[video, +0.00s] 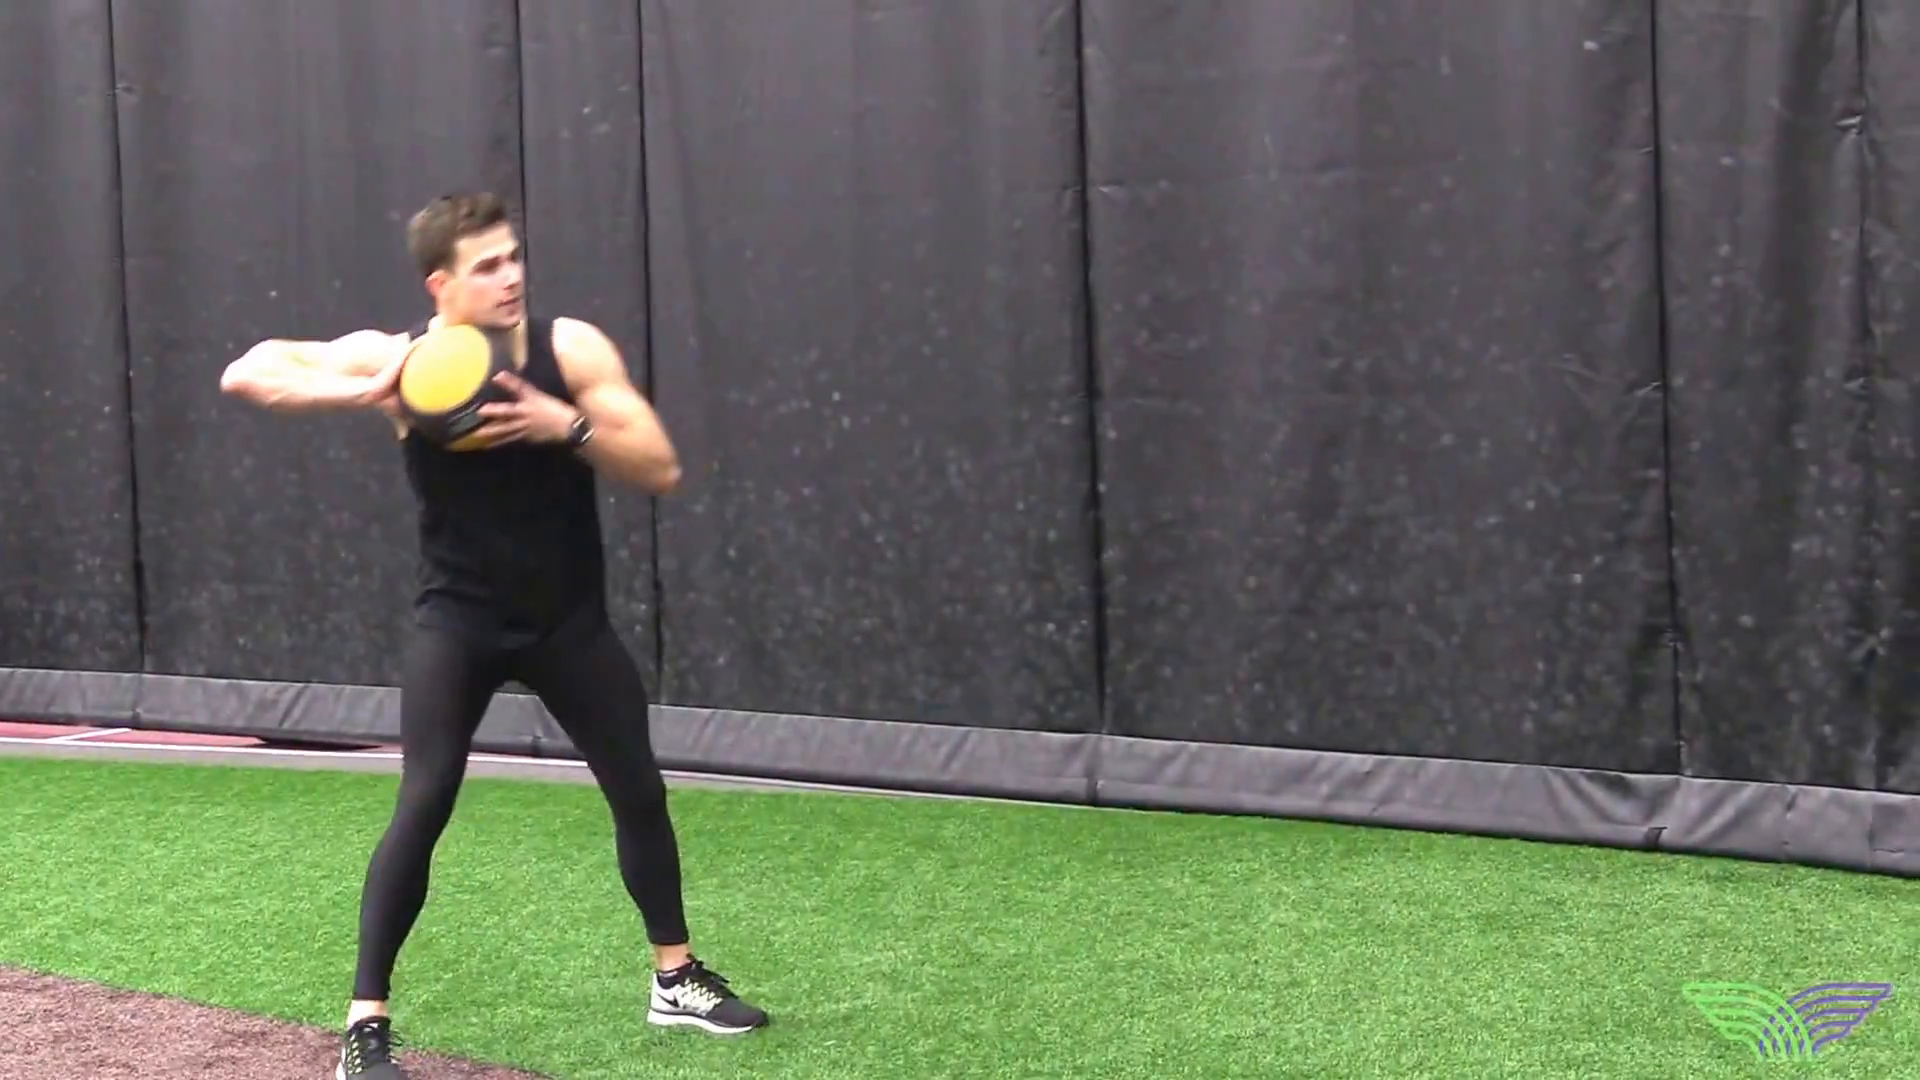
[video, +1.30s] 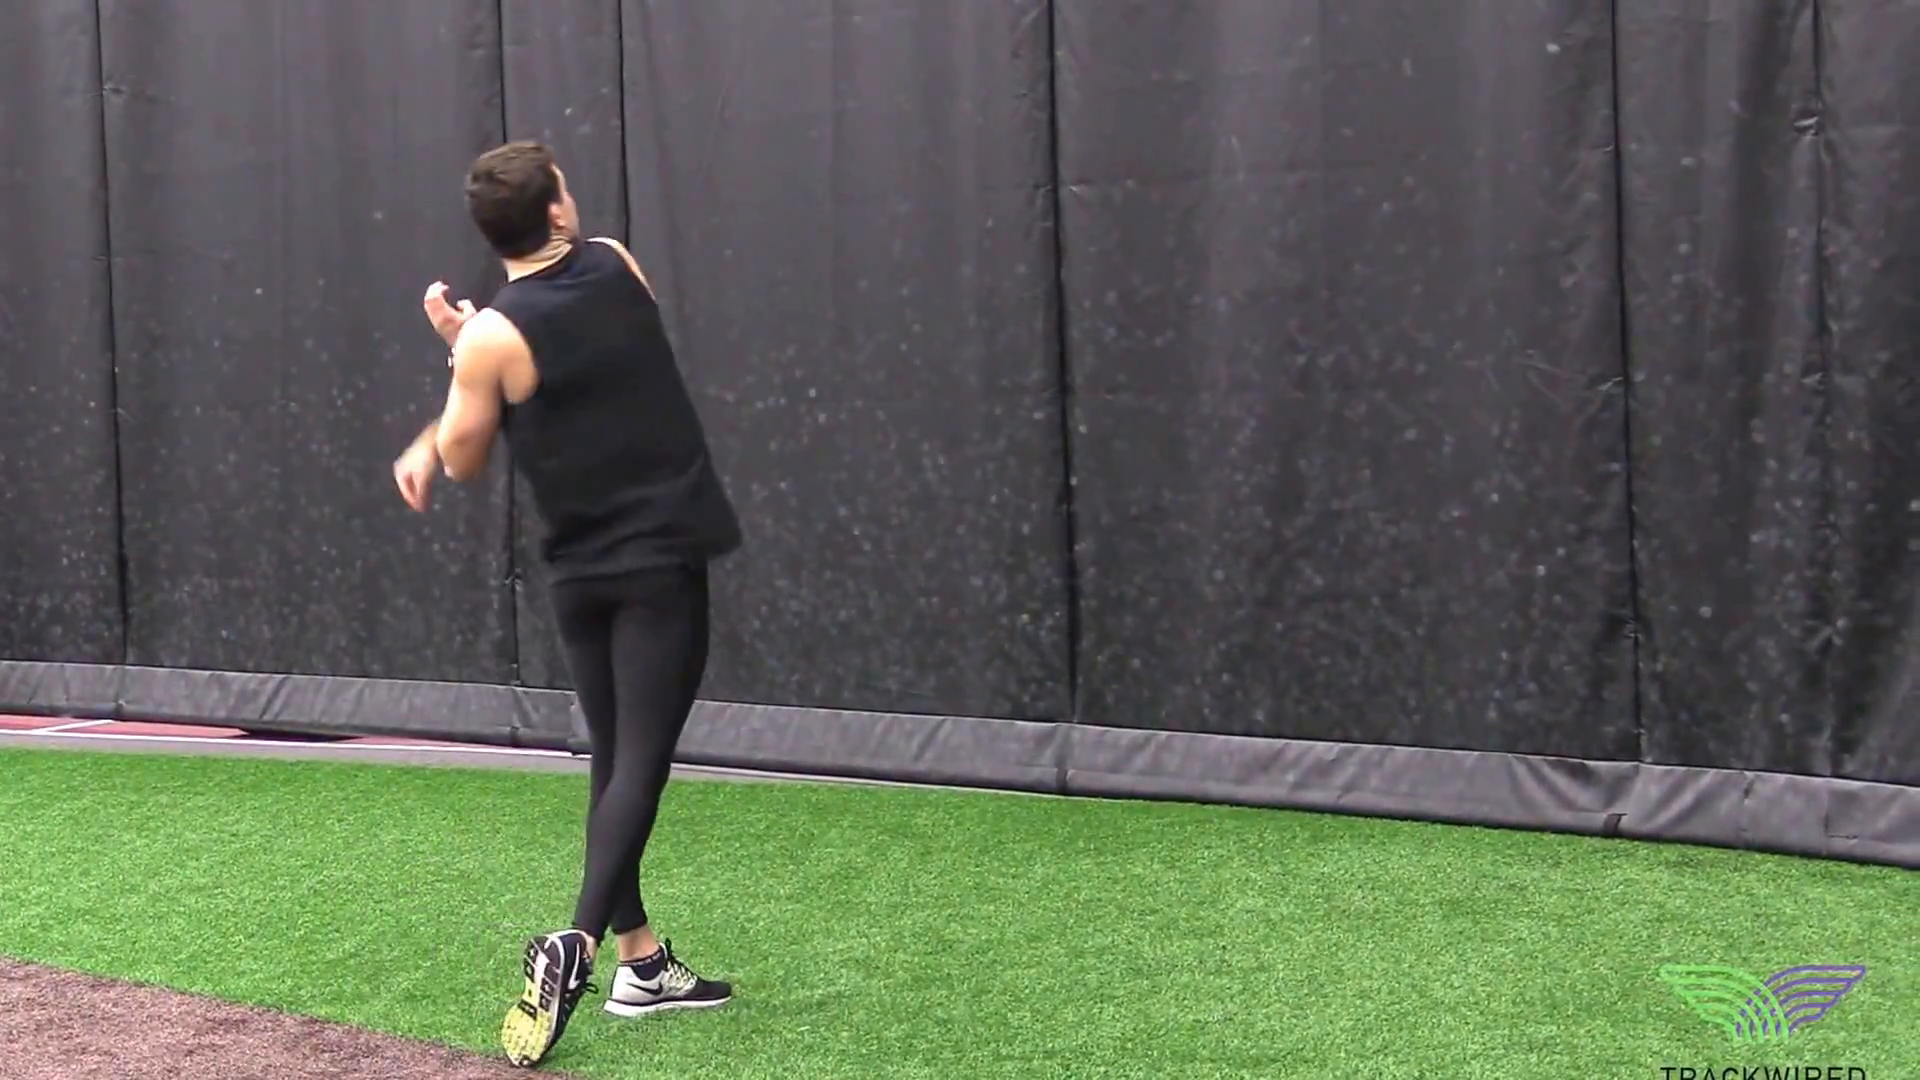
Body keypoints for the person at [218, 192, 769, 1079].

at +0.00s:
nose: (510, 278)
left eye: (516, 260)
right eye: (488, 267)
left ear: (527, 265)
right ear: (439, 286)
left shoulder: (572, 348)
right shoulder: (403, 357)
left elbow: (663, 466)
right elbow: (244, 376)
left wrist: (570, 425)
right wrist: (354, 390)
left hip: (571, 619)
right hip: (460, 618)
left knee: (640, 788)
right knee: (425, 801)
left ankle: (678, 976)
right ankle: (367, 1016)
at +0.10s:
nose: (451, 328)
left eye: (452, 308)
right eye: (426, 319)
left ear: (461, 303)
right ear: (377, 338)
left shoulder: (514, 380)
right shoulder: (336, 393)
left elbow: (601, 504)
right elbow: (183, 409)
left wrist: (501, 475)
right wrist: (284, 434)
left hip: (529, 624)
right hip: (418, 629)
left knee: (621, 791)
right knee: (399, 799)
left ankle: (668, 961)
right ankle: (355, 1018)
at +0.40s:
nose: (382, 444)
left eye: (380, 423)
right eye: (358, 442)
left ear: (381, 402)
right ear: (305, 456)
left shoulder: (440, 465)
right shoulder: (261, 476)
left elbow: (533, 582)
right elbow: (107, 482)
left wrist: (427, 584)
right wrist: (214, 533)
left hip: (494, 637)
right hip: (379, 662)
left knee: (602, 783)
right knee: (371, 812)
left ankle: (676, 935)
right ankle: (349, 1021)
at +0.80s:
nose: (457, 379)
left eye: (450, 363)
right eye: (436, 377)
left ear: (451, 360)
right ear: (389, 408)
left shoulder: (495, 412)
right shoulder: (333, 470)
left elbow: (600, 505)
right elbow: (183, 510)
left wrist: (512, 501)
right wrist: (305, 510)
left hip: (507, 659)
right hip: (411, 680)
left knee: (654, 777)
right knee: (446, 822)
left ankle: (641, 957)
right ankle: (367, 1018)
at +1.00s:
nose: (473, 212)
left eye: (461, 204)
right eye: (462, 207)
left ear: (420, 253)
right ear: (446, 239)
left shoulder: (441, 316)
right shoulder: (470, 319)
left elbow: (532, 300)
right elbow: (563, 298)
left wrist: (578, 228)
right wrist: (624, 207)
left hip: (560, 583)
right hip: (547, 589)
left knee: (620, 767)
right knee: (557, 786)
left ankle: (642, 962)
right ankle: (391, 954)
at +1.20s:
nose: (546, 199)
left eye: (530, 192)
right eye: (537, 193)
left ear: (458, 238)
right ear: (528, 212)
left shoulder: (449, 343)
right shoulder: (587, 256)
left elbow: (453, 442)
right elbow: (554, 286)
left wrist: (472, 324)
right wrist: (490, 285)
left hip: (556, 570)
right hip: (640, 557)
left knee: (601, 767)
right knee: (644, 765)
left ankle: (639, 964)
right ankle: (557, 945)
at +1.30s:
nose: (569, 185)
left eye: (555, 181)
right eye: (563, 182)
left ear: (487, 235)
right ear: (559, 210)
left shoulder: (489, 338)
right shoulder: (615, 263)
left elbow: (462, 463)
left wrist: (466, 352)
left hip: (578, 569)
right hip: (664, 558)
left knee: (610, 761)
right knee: (642, 760)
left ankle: (643, 962)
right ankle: (576, 942)